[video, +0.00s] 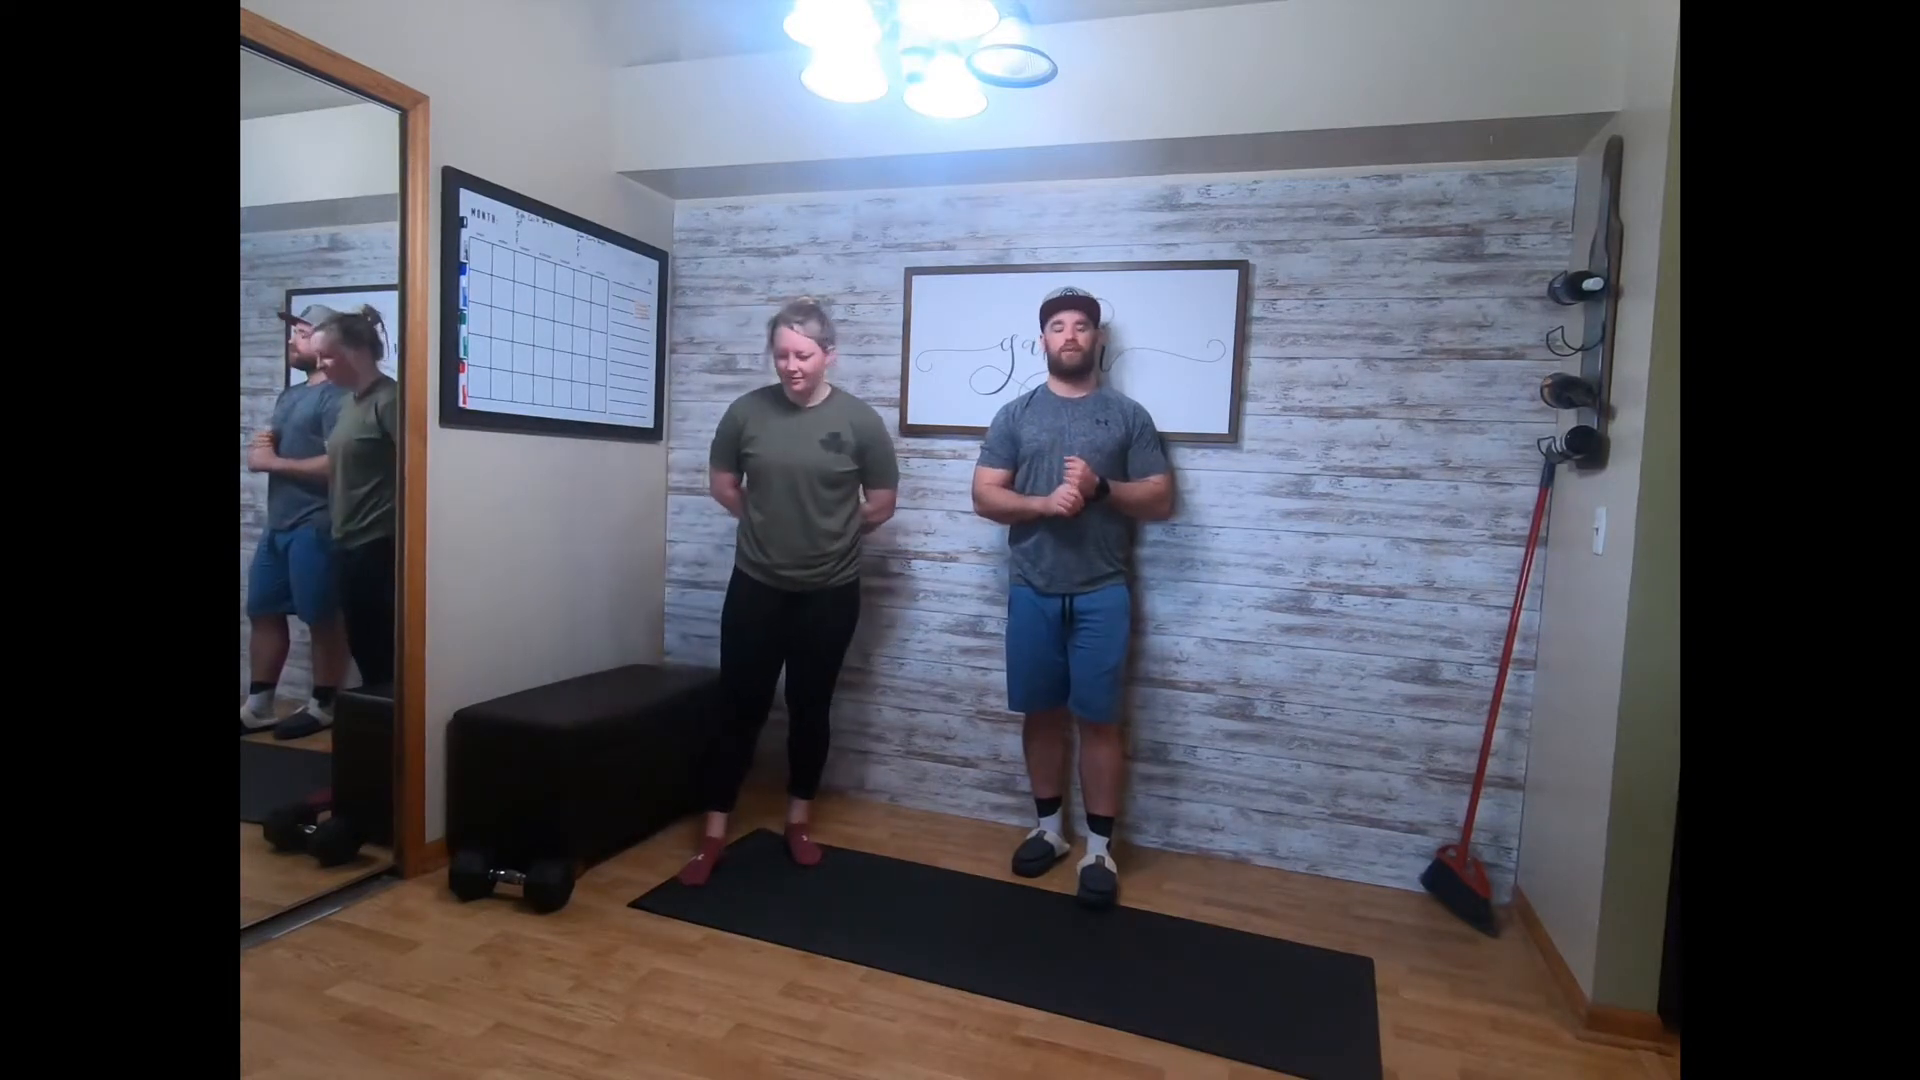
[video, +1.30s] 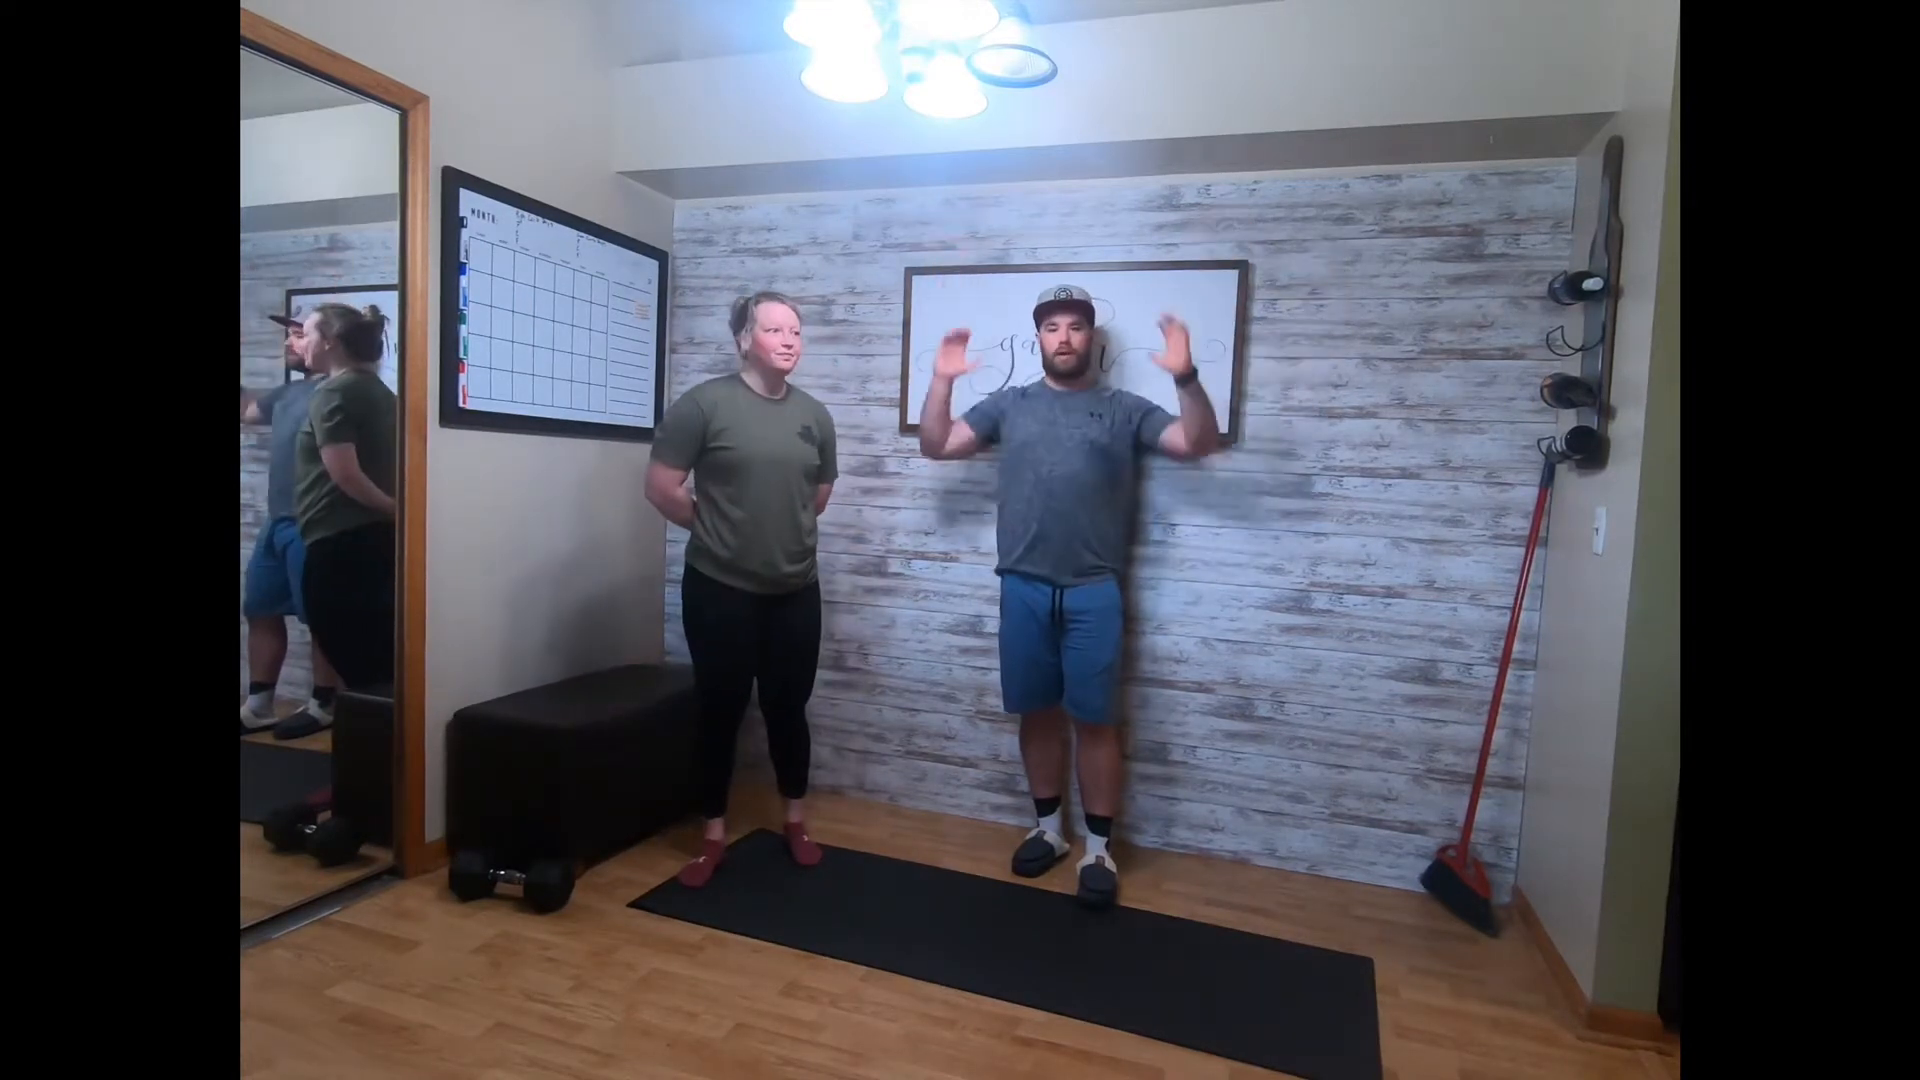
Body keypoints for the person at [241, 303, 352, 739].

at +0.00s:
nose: (293, 338)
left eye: (304, 333)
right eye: (295, 332)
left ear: (327, 346)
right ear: (299, 343)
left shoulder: (338, 397)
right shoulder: (288, 396)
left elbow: (337, 464)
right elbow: (280, 444)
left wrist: (274, 462)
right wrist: (264, 442)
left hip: (317, 523)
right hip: (278, 524)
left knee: (322, 617)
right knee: (264, 610)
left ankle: (324, 706)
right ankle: (259, 704)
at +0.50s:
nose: (294, 339)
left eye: (304, 332)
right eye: (295, 333)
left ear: (326, 342)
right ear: (299, 344)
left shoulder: (343, 392)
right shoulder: (294, 394)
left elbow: (346, 447)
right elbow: (276, 446)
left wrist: (317, 412)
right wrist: (248, 413)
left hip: (317, 523)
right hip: (276, 523)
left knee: (321, 617)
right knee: (260, 608)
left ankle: (324, 706)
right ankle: (259, 704)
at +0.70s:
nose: (300, 344)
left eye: (310, 336)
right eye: (300, 337)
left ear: (334, 344)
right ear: (301, 345)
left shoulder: (347, 394)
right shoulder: (293, 391)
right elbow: (254, 411)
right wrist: (242, 371)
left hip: (319, 527)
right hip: (279, 525)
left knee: (321, 619)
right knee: (261, 609)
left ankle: (325, 706)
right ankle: (259, 703)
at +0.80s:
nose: (298, 342)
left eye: (308, 336)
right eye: (297, 335)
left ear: (331, 344)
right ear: (296, 343)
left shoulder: (347, 391)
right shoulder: (289, 386)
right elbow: (250, 384)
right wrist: (238, 346)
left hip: (322, 528)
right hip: (280, 523)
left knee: (322, 621)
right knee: (264, 609)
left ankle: (324, 705)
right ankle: (259, 703)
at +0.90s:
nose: (296, 340)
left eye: (305, 333)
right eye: (296, 332)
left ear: (329, 341)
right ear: (296, 341)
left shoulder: (340, 385)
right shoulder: (290, 379)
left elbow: (351, 345)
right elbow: (253, 355)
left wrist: (340, 299)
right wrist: (238, 324)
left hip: (322, 522)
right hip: (283, 519)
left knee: (322, 618)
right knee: (264, 609)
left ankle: (324, 705)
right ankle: (259, 702)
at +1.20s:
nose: (291, 340)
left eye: (301, 332)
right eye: (292, 333)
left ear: (327, 340)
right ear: (294, 342)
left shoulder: (338, 386)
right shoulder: (287, 381)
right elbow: (246, 375)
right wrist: (240, 328)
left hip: (318, 524)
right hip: (280, 521)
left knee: (321, 620)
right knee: (262, 609)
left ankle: (324, 705)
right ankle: (259, 703)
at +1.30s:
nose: (292, 341)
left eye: (301, 333)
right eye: (293, 333)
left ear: (325, 342)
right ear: (298, 343)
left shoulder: (338, 392)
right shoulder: (287, 391)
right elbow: (249, 408)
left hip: (317, 525)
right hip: (278, 522)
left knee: (320, 621)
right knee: (262, 610)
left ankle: (324, 705)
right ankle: (259, 704)